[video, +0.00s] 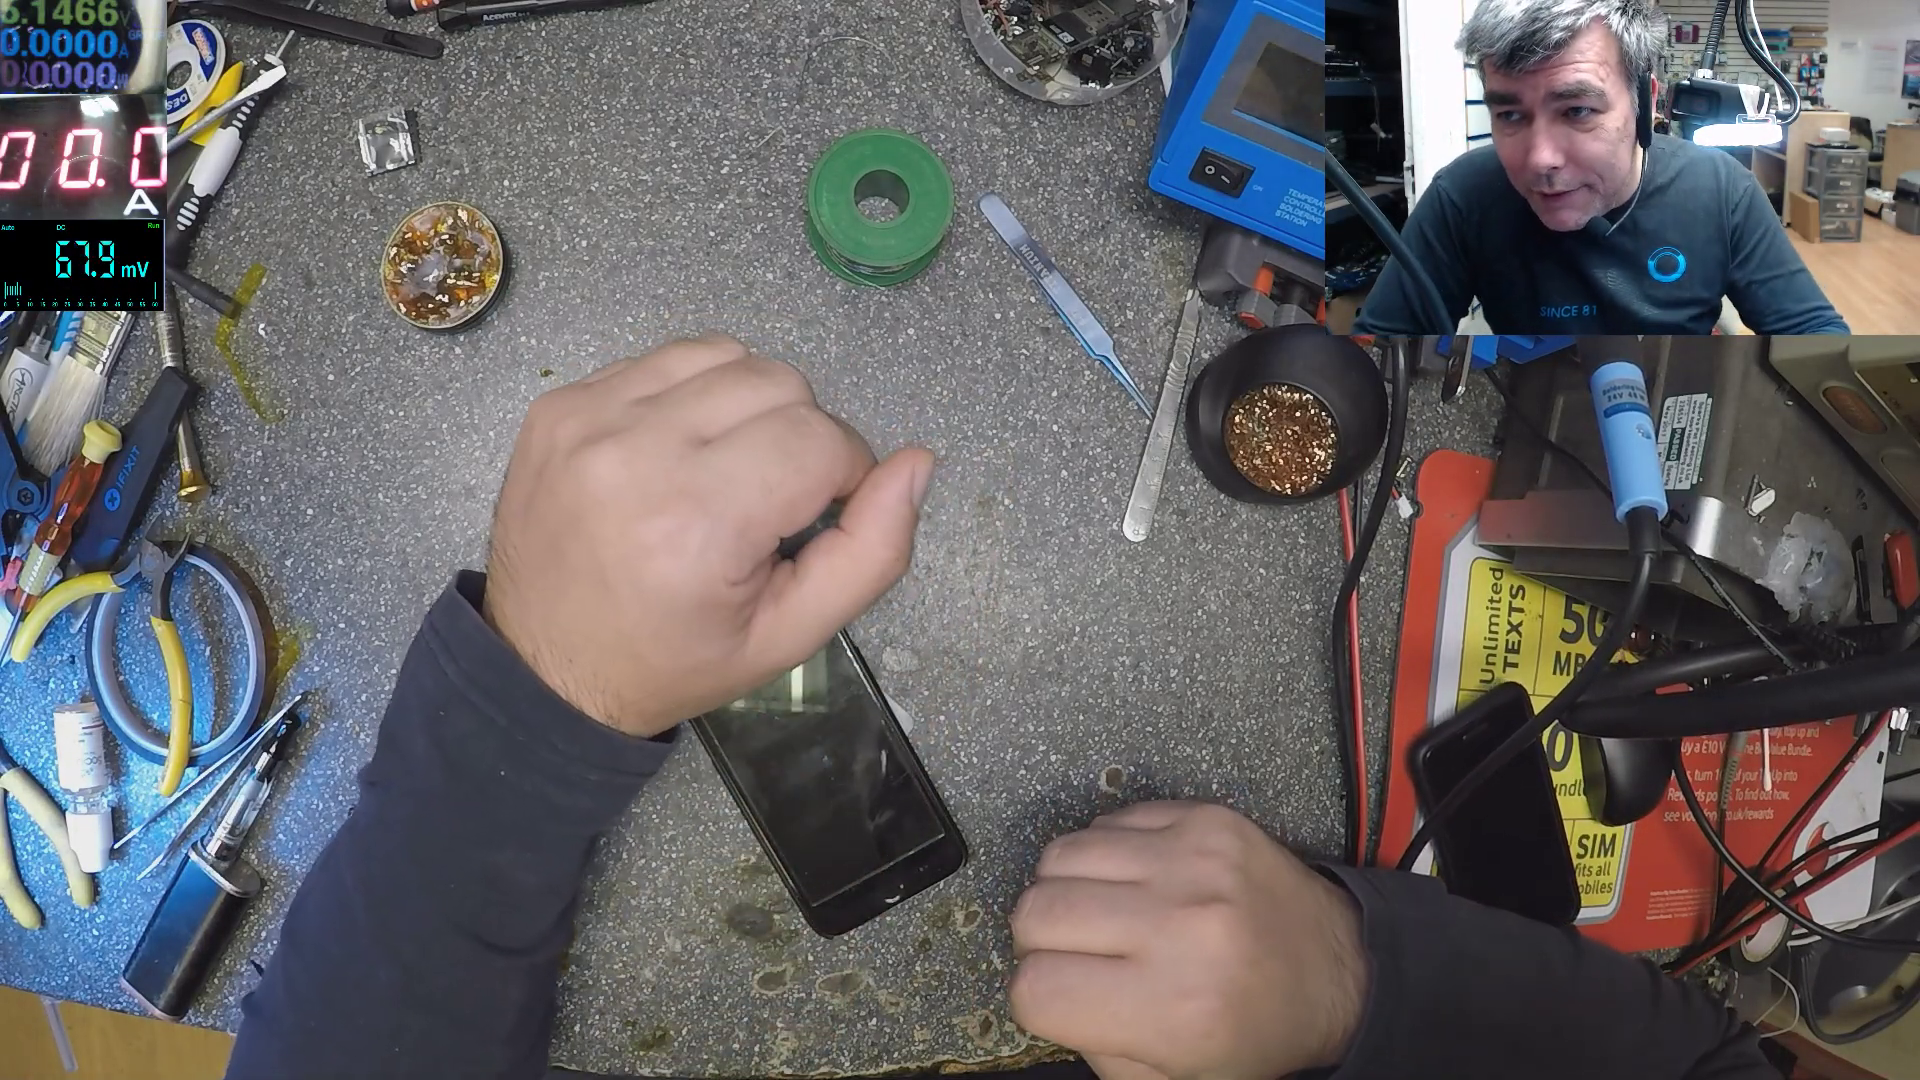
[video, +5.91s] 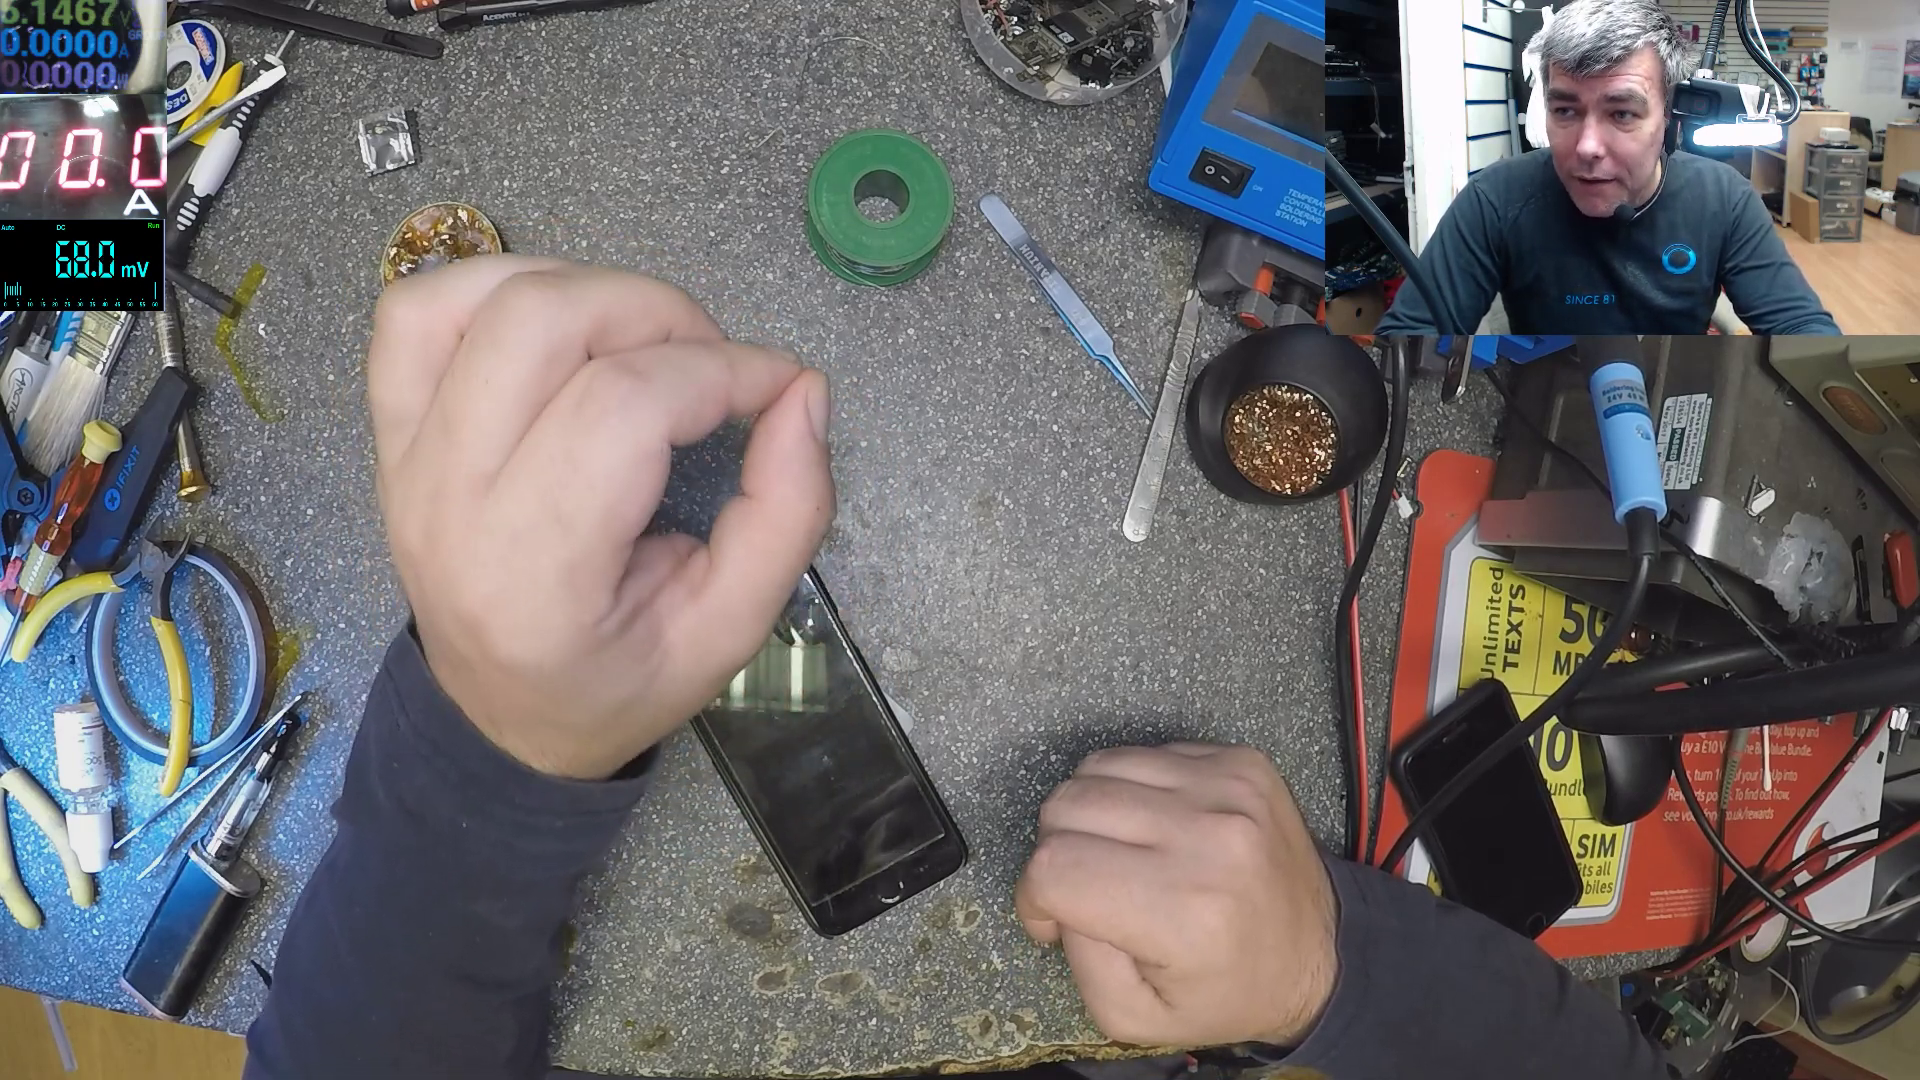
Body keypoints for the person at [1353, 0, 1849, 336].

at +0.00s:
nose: (1541, 159)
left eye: (1577, 112)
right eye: (1511, 116)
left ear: (1645, 103)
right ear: (1489, 113)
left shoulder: (1719, 192)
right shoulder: (1464, 198)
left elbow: (1817, 340)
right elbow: (1380, 349)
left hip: (1685, 431)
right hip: (1530, 433)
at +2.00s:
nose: (1593, 147)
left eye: (1627, 111)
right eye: (1569, 108)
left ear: (1667, 115)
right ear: (1545, 109)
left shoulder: (1724, 199)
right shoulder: (1494, 203)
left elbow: (1807, 331)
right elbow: (1405, 338)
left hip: (1685, 421)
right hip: (1546, 423)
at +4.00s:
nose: (1606, 145)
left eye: (1636, 111)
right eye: (1579, 109)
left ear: (1670, 113)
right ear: (1550, 109)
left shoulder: (1722, 199)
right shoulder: (1495, 203)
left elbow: (1801, 327)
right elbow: (1407, 337)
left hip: (1681, 421)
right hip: (1544, 422)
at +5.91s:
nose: (1588, 148)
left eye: (1623, 115)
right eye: (1566, 111)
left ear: (1665, 117)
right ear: (1543, 110)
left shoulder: (1721, 200)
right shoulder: (1496, 203)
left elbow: (1804, 329)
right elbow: (1406, 336)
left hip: (1681, 422)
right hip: (1545, 424)